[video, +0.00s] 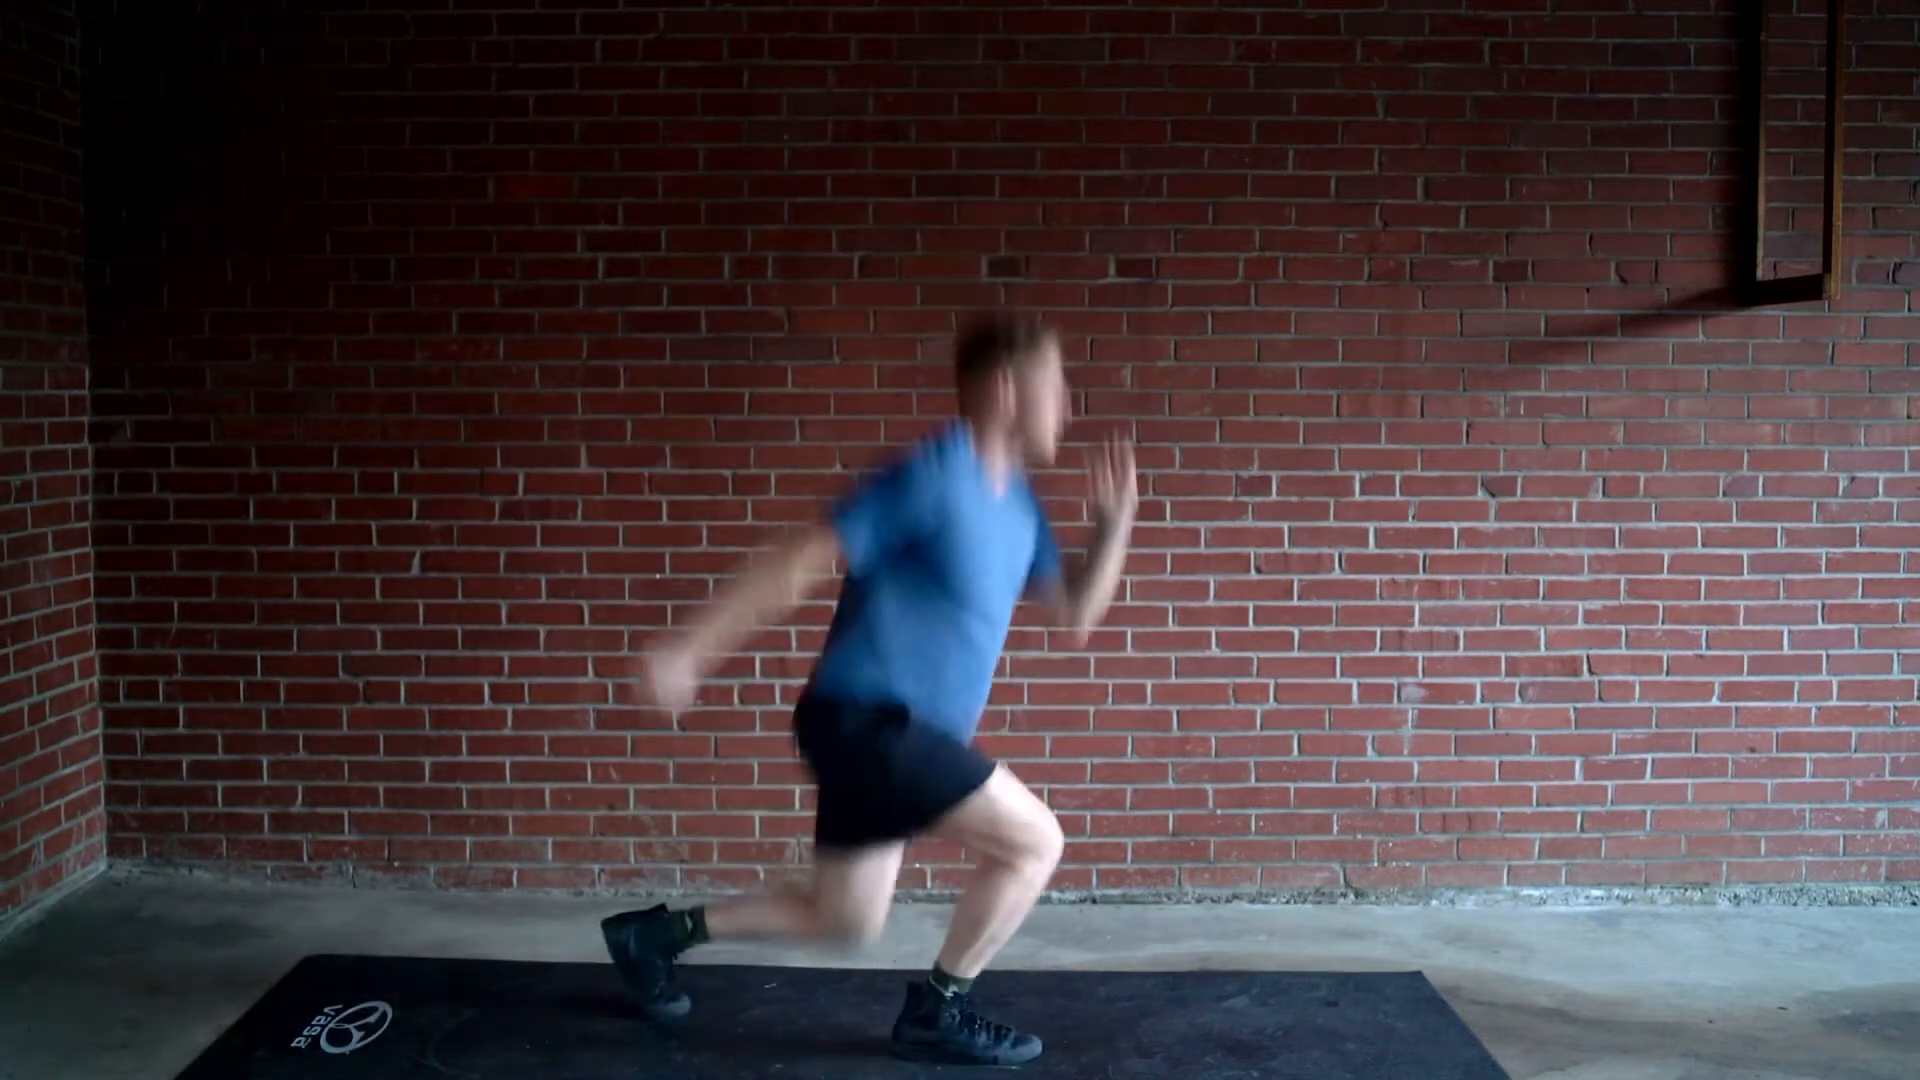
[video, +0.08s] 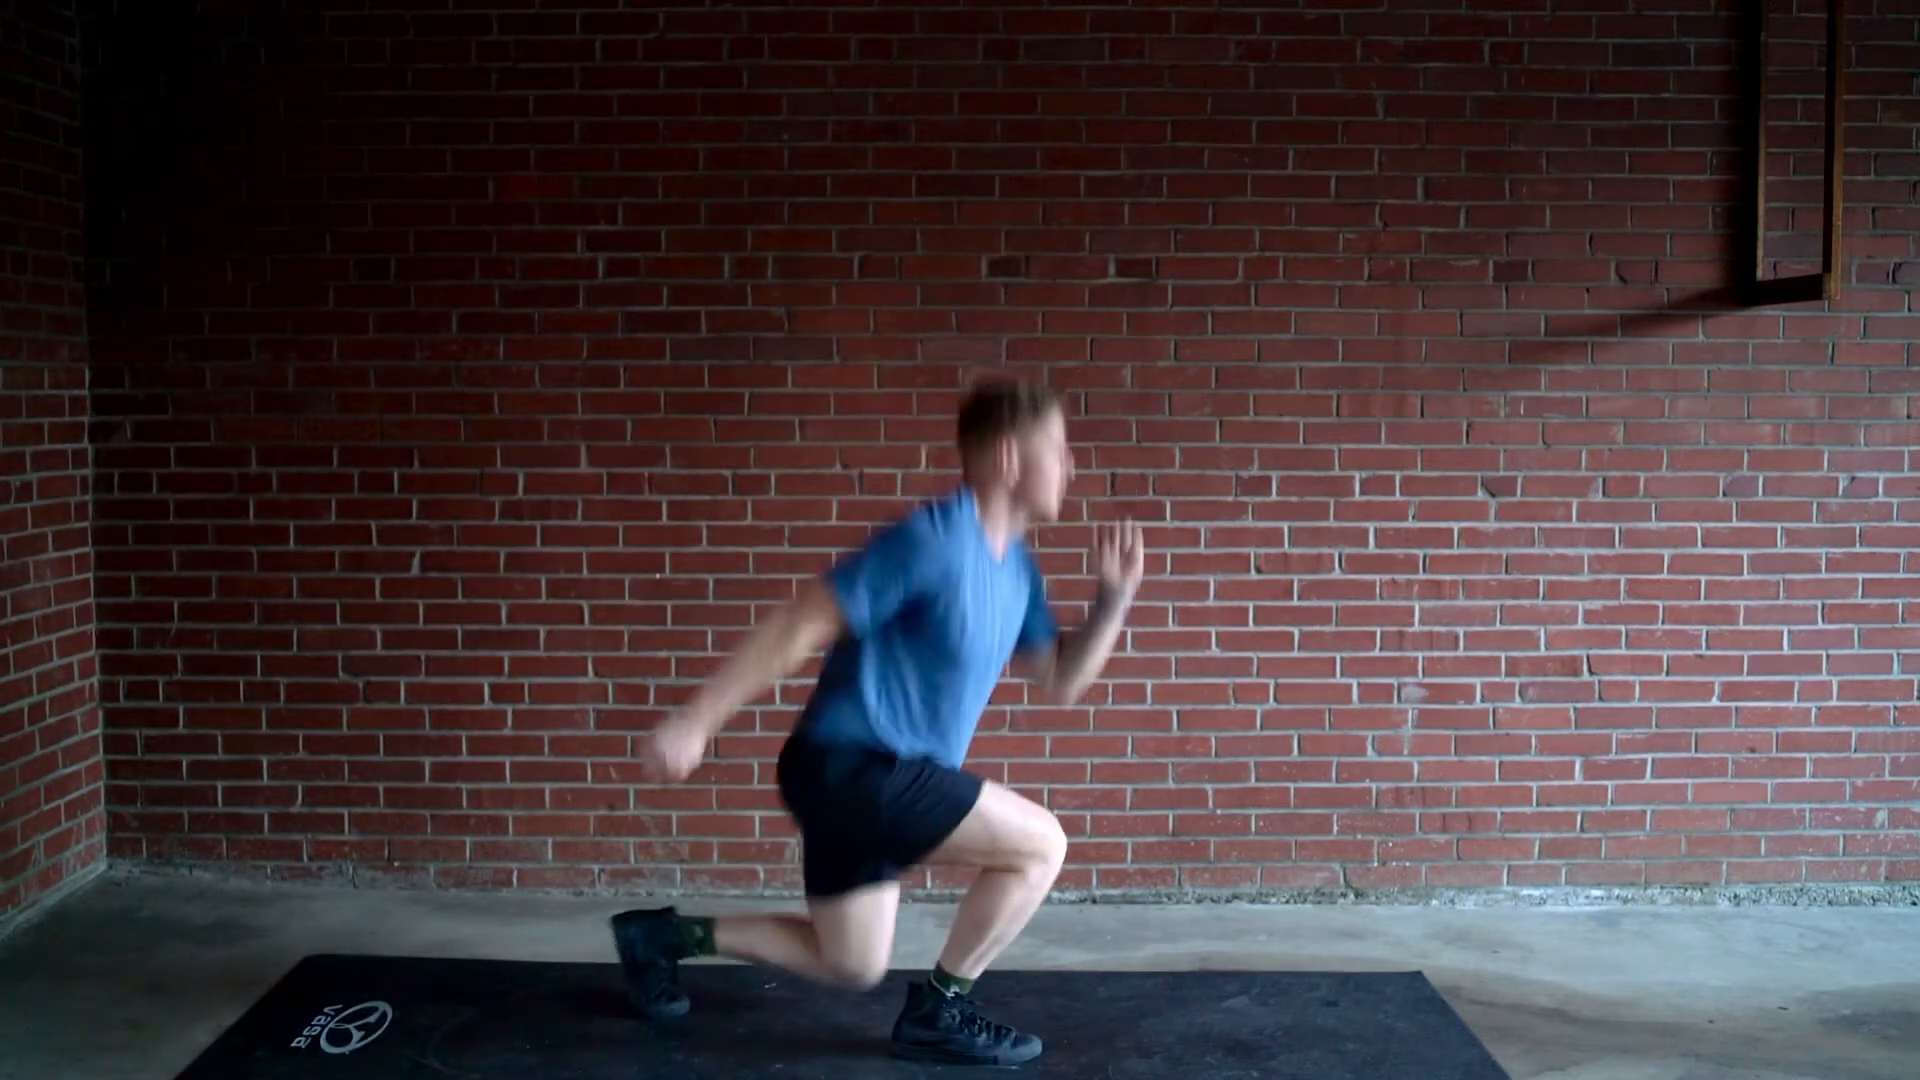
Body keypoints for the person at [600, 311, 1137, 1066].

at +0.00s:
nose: (1065, 399)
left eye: (1063, 380)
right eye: (1053, 380)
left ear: (1019, 388)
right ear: (1002, 386)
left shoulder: (1020, 504)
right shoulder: (933, 476)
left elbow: (1073, 616)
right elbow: (803, 558)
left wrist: (1115, 522)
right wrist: (688, 651)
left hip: (910, 727)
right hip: (862, 719)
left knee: (846, 914)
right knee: (1033, 842)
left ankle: (660, 932)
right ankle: (937, 1009)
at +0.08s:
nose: (1070, 466)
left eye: (1066, 448)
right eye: (1057, 447)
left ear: (1016, 461)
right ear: (1006, 458)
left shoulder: (1017, 566)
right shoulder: (932, 541)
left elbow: (1061, 681)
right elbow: (802, 623)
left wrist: (1114, 600)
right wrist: (696, 719)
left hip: (885, 773)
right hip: (845, 767)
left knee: (852, 960)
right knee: (1038, 845)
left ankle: (666, 937)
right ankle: (938, 1008)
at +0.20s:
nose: (1068, 507)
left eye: (1064, 492)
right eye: (1056, 492)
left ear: (1012, 506)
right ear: (1006, 505)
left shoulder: (1013, 609)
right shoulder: (935, 578)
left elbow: (1054, 720)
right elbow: (799, 653)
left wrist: (1110, 640)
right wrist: (683, 745)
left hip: (865, 799)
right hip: (833, 797)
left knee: (855, 982)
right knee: (1038, 842)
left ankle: (682, 936)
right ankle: (939, 1011)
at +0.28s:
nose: (1061, 504)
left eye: (1056, 488)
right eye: (1049, 488)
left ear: (1005, 505)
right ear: (1000, 503)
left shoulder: (1005, 606)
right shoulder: (934, 577)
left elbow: (1053, 716)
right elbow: (795, 651)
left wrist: (1108, 632)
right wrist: (673, 737)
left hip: (857, 798)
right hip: (830, 797)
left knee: (853, 982)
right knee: (1037, 840)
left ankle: (678, 937)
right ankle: (939, 1011)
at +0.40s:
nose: (1039, 453)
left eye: (1035, 437)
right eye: (1026, 439)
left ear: (983, 455)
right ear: (980, 453)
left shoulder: (987, 549)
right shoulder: (922, 534)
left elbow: (1045, 659)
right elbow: (798, 614)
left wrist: (1099, 578)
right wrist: (705, 724)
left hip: (855, 767)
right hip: (837, 765)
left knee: (846, 955)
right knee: (1035, 836)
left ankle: (662, 935)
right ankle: (940, 1007)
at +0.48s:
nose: (1021, 393)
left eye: (1015, 376)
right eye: (1007, 376)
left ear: (966, 391)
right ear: (962, 389)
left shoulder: (973, 488)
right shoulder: (920, 476)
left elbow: (1034, 595)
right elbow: (809, 560)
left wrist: (1092, 514)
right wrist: (756, 697)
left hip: (851, 725)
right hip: (863, 724)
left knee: (831, 906)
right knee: (1029, 829)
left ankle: (644, 936)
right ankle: (940, 1004)